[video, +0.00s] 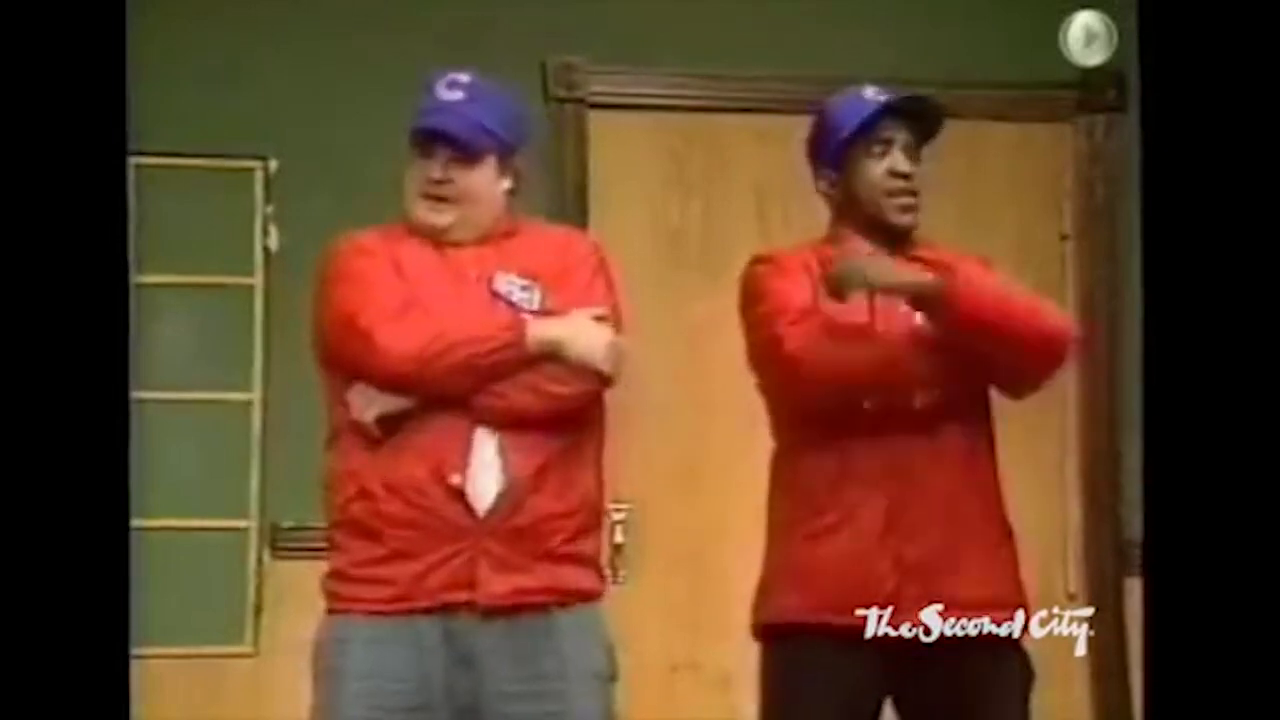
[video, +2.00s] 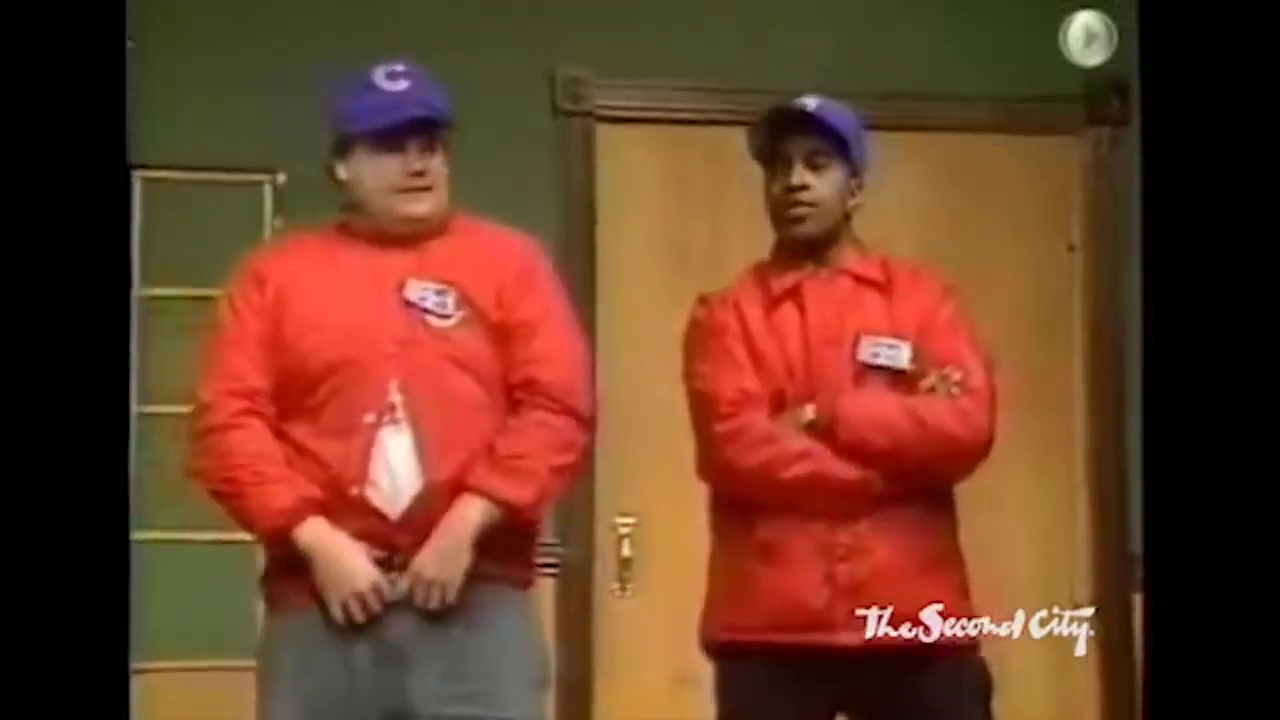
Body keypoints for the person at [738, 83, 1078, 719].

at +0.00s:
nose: (905, 168)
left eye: (912, 153)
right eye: (880, 150)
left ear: (922, 170)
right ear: (831, 177)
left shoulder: (956, 274)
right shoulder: (782, 275)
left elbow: (1047, 344)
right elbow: (803, 367)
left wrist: (918, 282)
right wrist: (961, 356)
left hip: (967, 610)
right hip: (825, 613)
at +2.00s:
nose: (793, 181)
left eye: (816, 164)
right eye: (779, 165)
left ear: (855, 185)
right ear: (765, 183)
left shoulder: (920, 296)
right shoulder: (724, 316)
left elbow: (964, 429)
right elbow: (734, 455)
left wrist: (822, 417)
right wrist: (902, 462)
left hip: (915, 634)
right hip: (769, 643)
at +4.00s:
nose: (899, 201)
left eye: (910, 183)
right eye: (876, 184)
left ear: (923, 198)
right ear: (833, 204)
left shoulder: (979, 319)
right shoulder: (779, 324)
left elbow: (1023, 446)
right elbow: (788, 464)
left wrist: (878, 427)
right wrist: (962, 466)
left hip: (971, 649)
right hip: (819, 651)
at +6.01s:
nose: (846, 196)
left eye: (869, 179)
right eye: (841, 180)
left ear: (927, 199)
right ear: (832, 190)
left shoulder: (1002, 310)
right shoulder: (799, 315)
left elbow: (1002, 439)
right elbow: (783, 460)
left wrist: (874, 349)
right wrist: (952, 457)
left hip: (972, 649)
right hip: (821, 649)